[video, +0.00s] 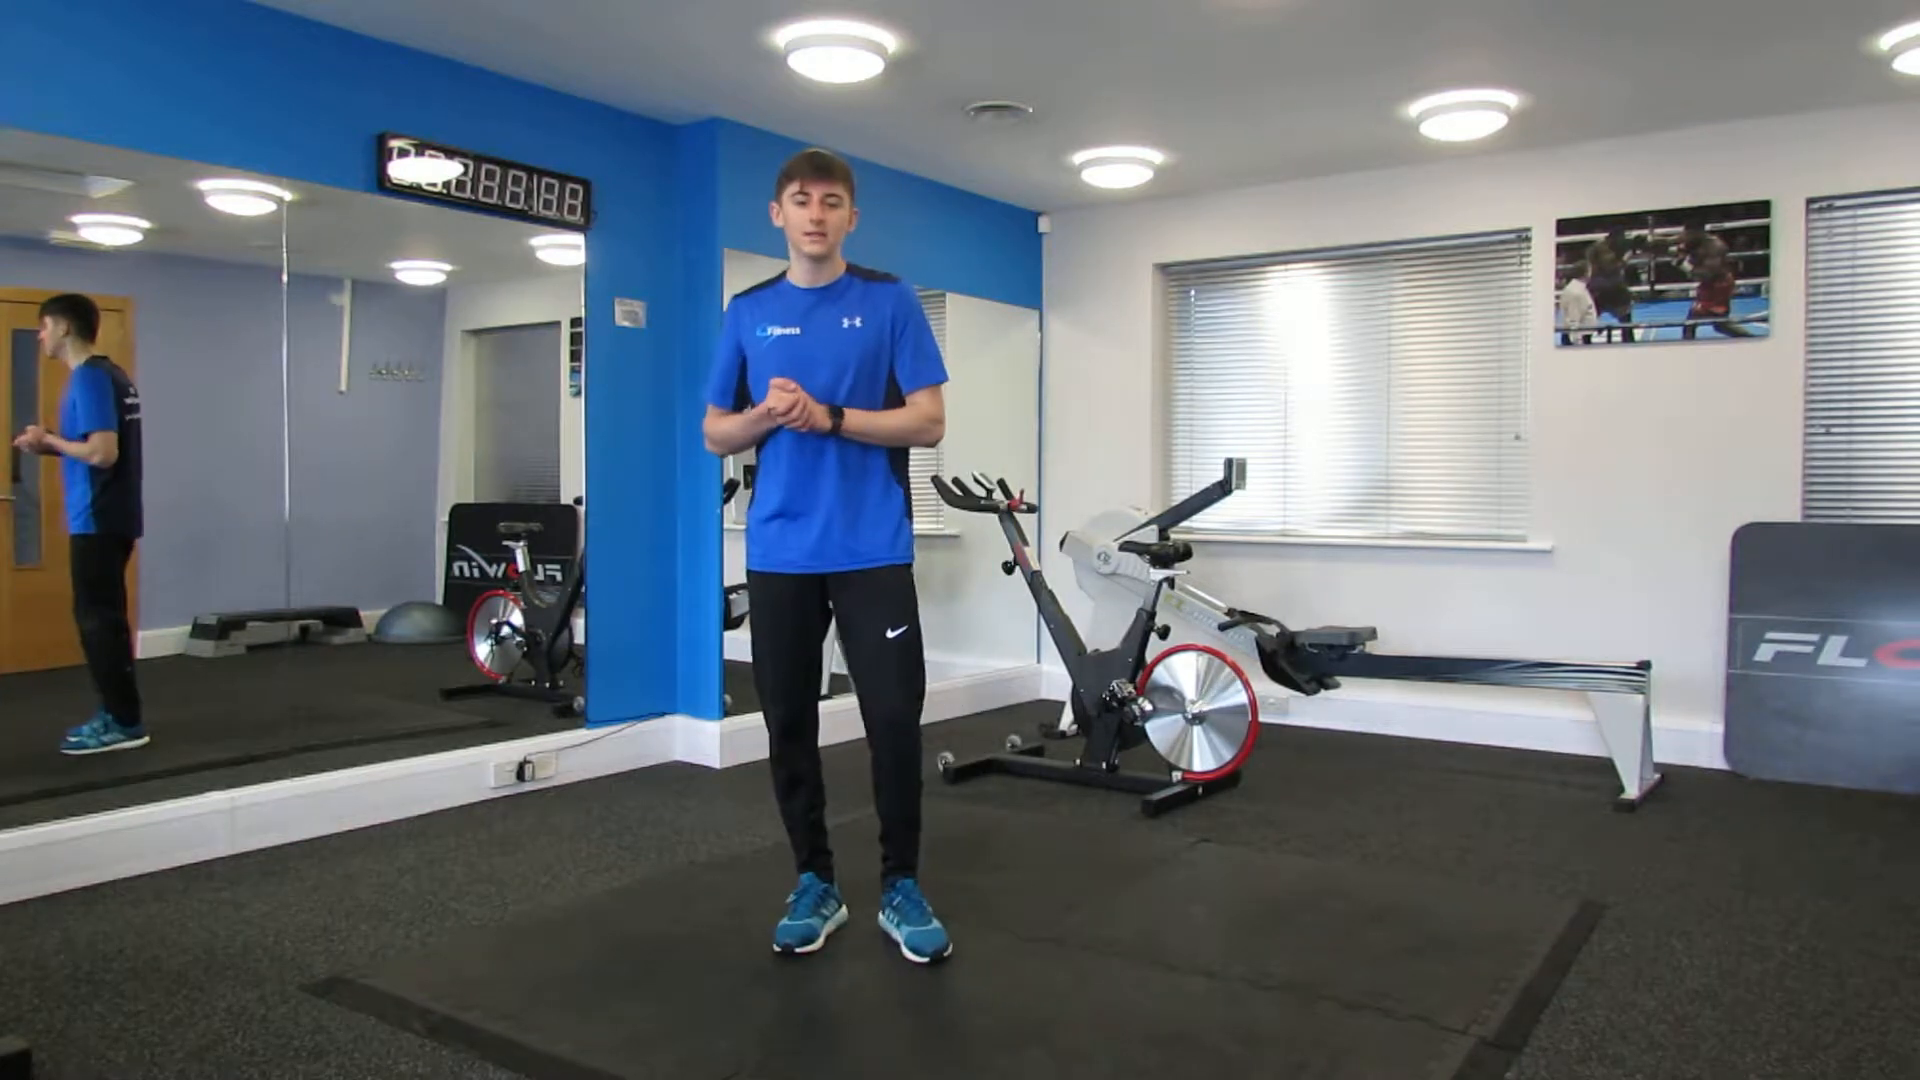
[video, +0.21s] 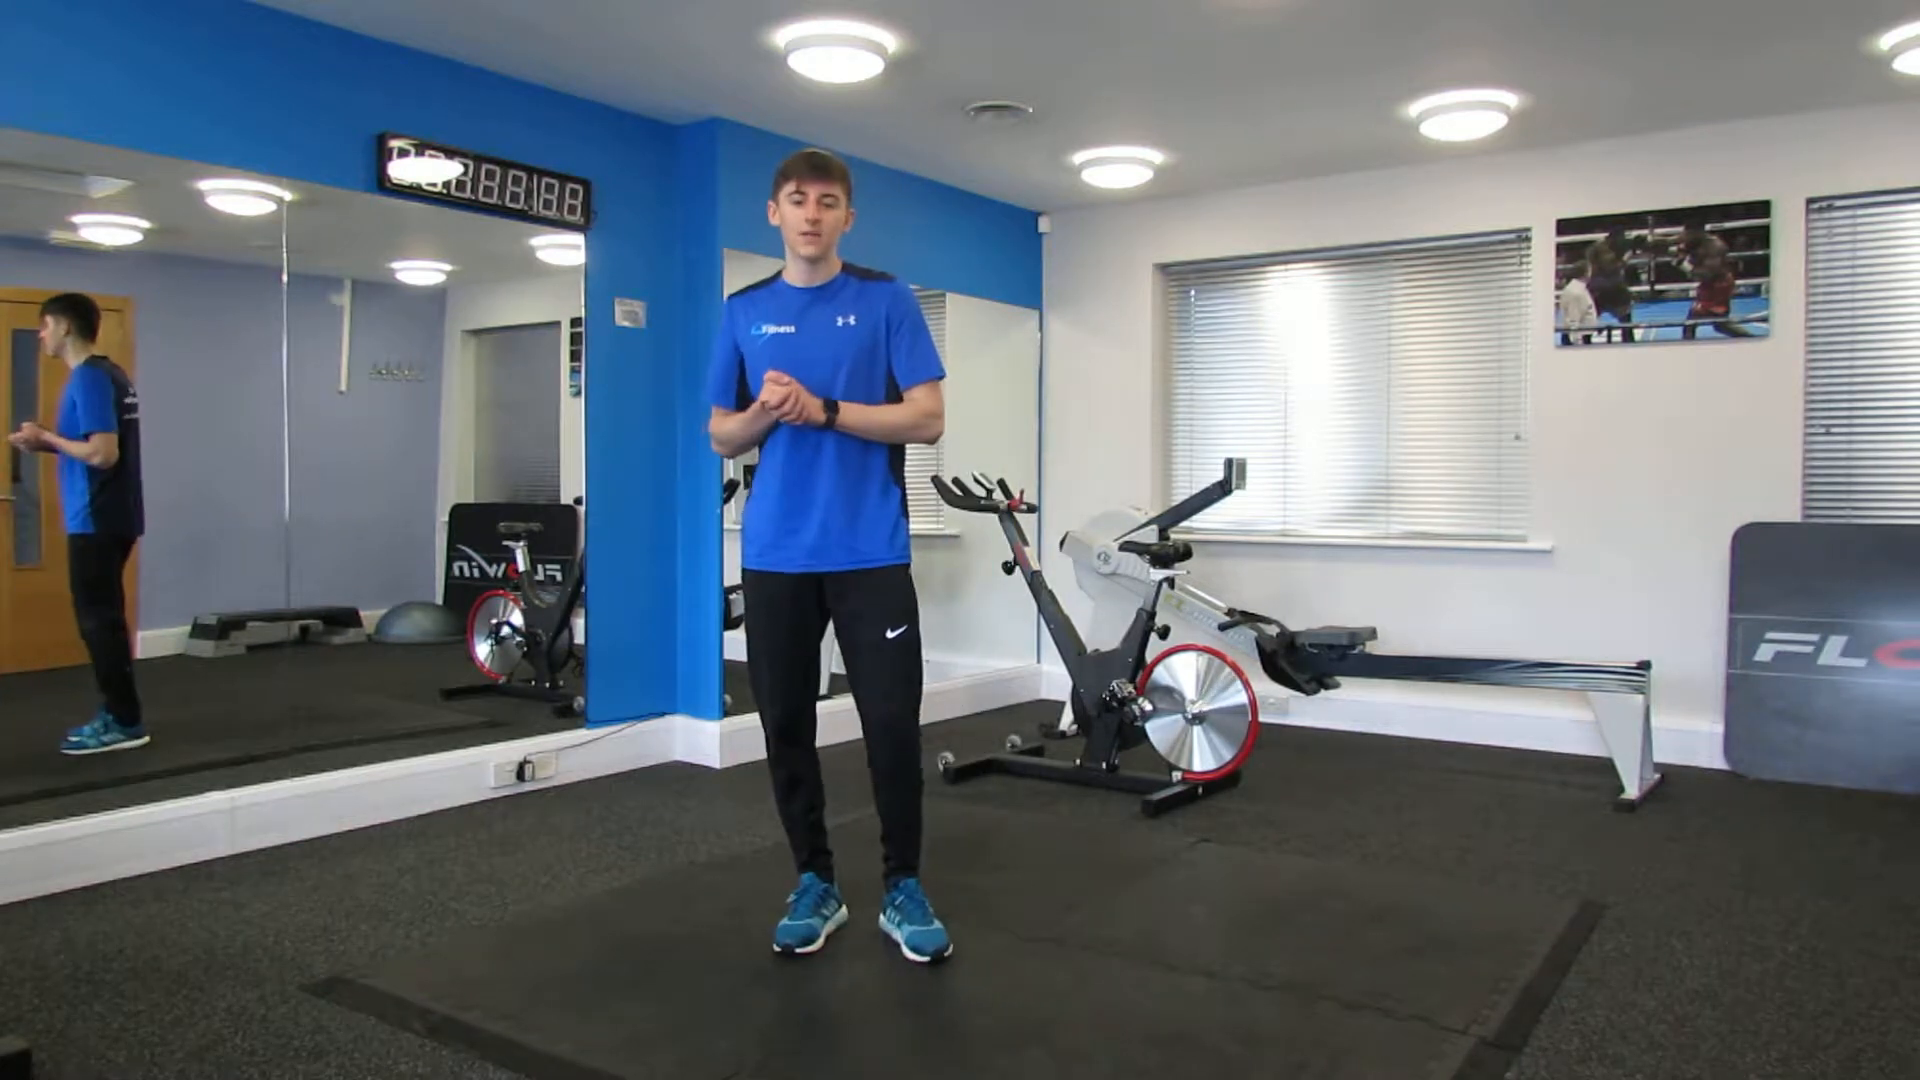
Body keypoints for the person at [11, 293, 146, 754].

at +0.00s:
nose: (40, 335)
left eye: (45, 326)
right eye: (41, 327)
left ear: (65, 328)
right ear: (81, 330)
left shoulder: (91, 376)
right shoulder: (109, 375)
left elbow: (103, 451)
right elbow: (96, 446)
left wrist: (50, 440)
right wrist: (49, 443)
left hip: (98, 524)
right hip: (109, 523)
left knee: (96, 616)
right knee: (104, 615)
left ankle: (124, 719)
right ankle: (117, 715)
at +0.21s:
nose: (41, 335)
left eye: (45, 326)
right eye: (42, 326)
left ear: (65, 328)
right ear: (82, 329)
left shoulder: (91, 377)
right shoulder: (105, 374)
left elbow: (103, 452)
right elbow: (94, 446)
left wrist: (47, 439)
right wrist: (45, 442)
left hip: (97, 524)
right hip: (107, 522)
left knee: (98, 619)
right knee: (102, 617)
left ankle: (124, 720)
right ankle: (117, 716)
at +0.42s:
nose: (38, 335)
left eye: (42, 326)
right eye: (39, 327)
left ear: (62, 328)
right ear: (81, 329)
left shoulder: (84, 376)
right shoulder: (110, 375)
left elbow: (89, 452)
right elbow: (87, 448)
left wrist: (42, 437)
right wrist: (42, 442)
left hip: (93, 524)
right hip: (108, 520)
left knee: (83, 610)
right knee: (93, 609)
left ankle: (122, 718)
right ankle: (114, 713)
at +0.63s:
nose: (32, 337)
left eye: (35, 327)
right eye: (33, 328)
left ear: (52, 328)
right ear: (74, 330)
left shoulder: (73, 378)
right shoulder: (106, 375)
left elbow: (76, 452)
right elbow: (90, 448)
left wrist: (39, 440)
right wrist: (40, 445)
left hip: (87, 523)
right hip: (100, 520)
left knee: (90, 614)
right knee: (62, 604)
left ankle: (125, 720)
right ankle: (84, 707)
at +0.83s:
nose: (19, 342)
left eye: (23, 332)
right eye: (21, 333)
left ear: (40, 333)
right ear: (61, 335)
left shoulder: (58, 382)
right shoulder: (94, 380)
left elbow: (64, 454)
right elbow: (81, 450)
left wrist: (23, 442)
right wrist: (30, 446)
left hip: (75, 529)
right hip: (98, 526)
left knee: (93, 620)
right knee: (68, 621)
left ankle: (126, 721)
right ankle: (43, 716)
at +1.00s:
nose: (9, 345)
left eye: (12, 336)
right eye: (10, 336)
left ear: (27, 335)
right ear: (54, 336)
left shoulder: (43, 381)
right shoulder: (85, 383)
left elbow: (46, 456)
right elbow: (81, 457)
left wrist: (11, 445)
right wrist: (24, 451)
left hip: (57, 529)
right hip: (82, 527)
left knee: (74, 620)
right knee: (51, 619)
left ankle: (124, 719)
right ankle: (36, 718)